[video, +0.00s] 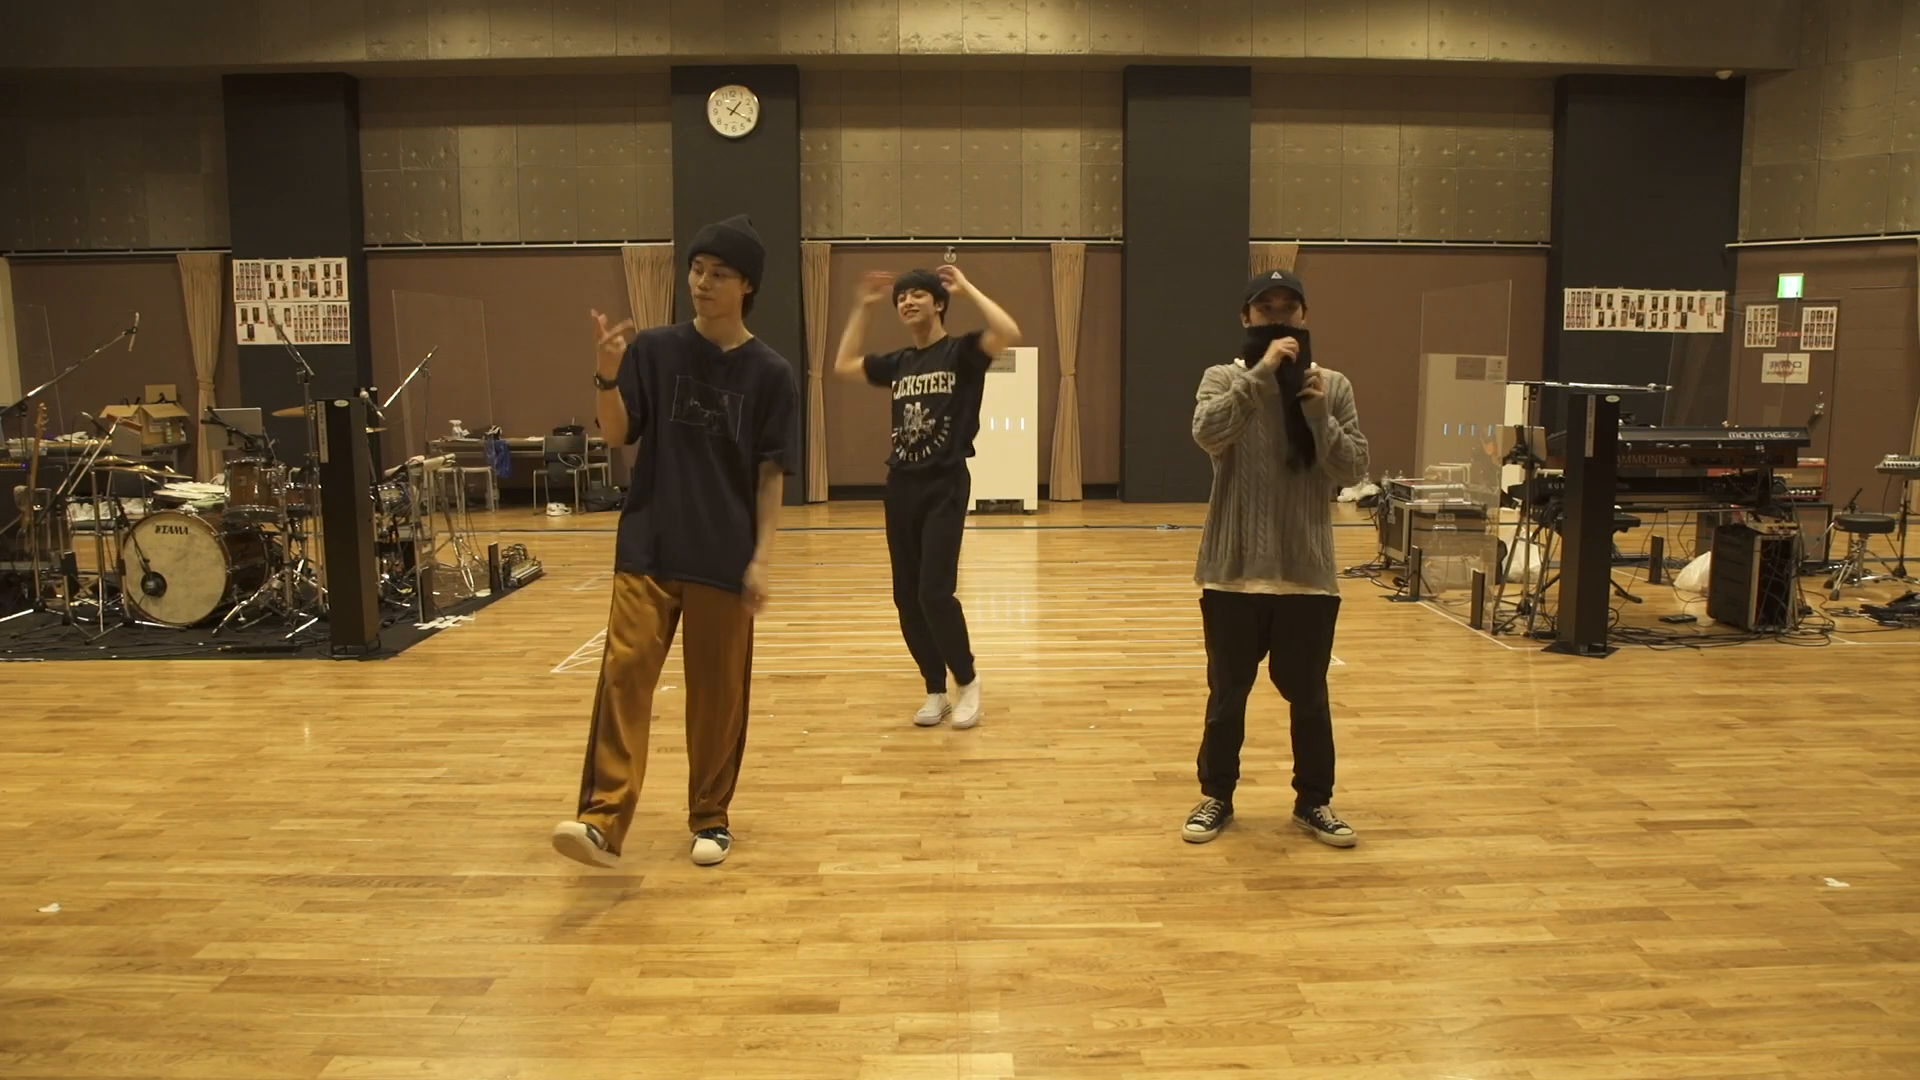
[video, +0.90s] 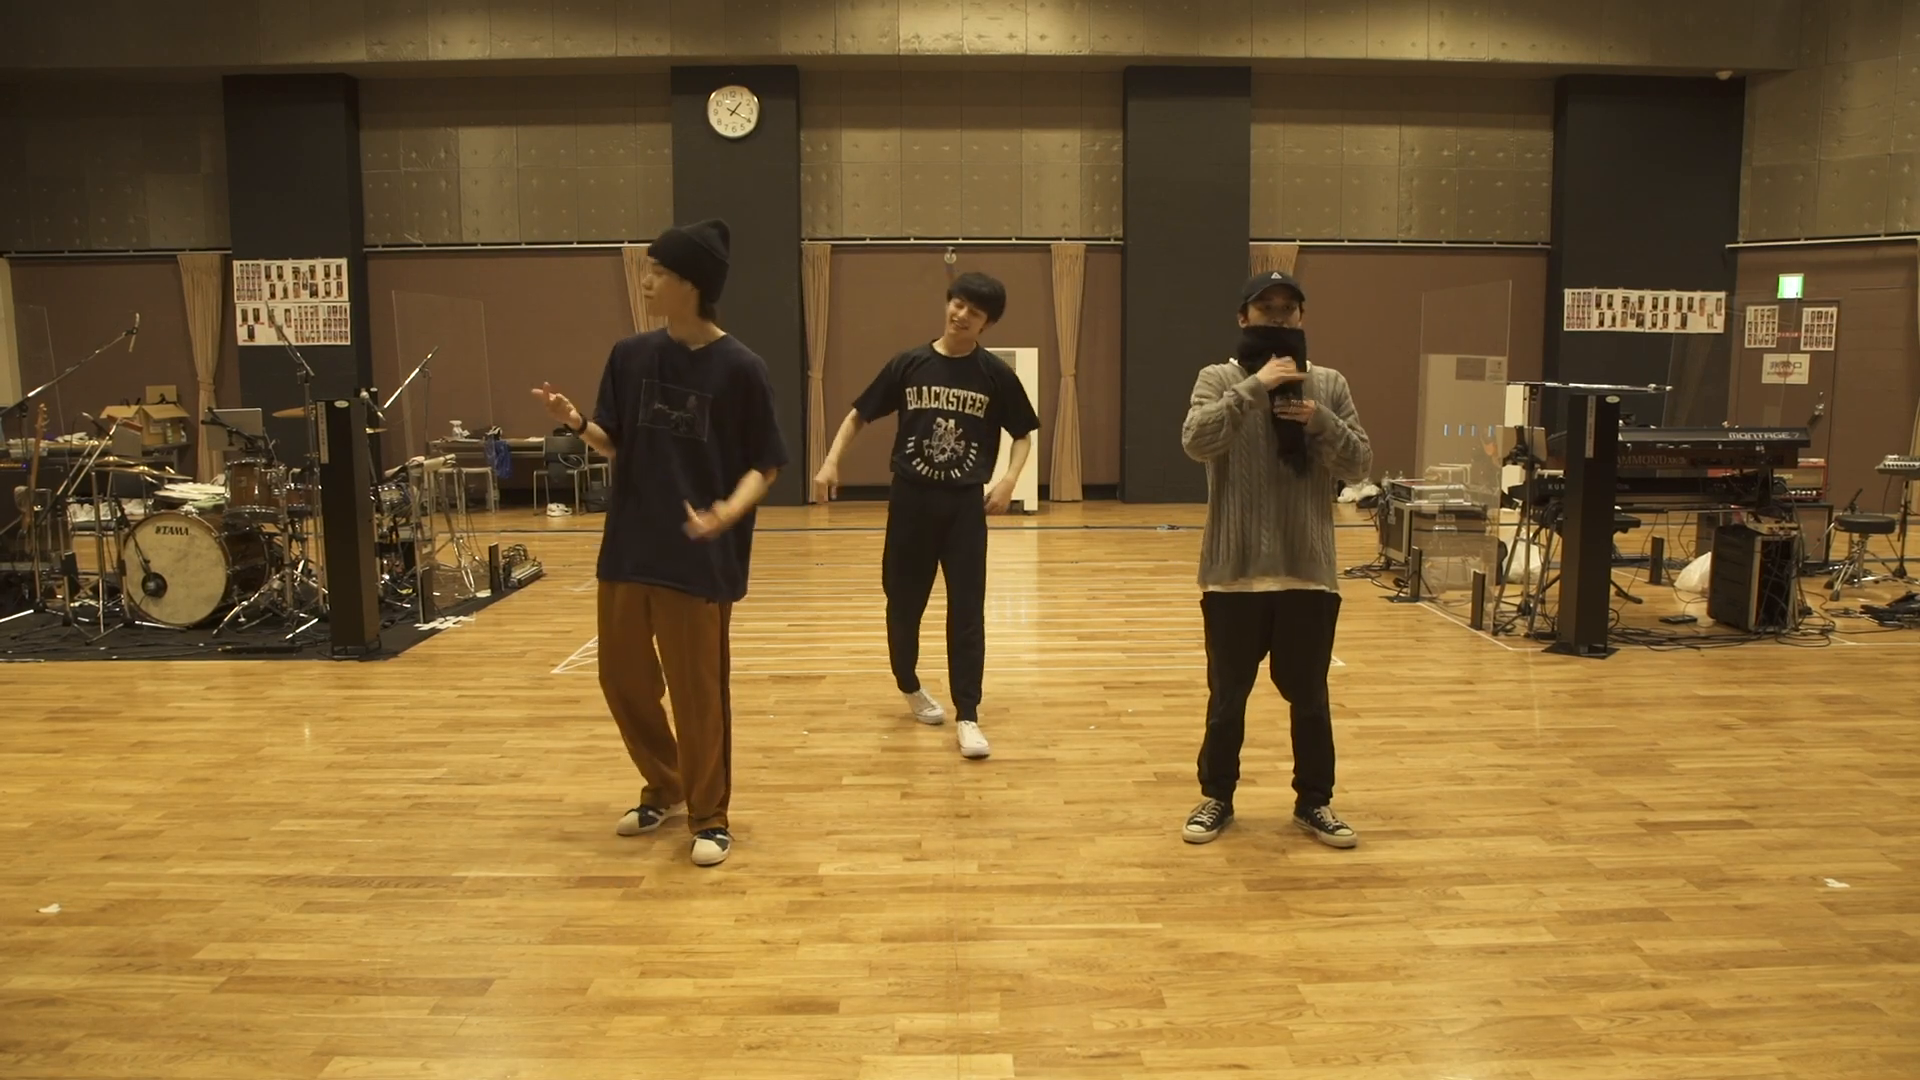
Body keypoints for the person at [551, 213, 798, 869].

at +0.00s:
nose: (702, 284)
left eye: (718, 274)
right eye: (697, 272)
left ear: (747, 287)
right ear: (688, 279)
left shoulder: (769, 372)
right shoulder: (652, 349)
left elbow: (771, 473)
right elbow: (615, 432)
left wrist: (762, 557)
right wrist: (607, 377)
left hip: (725, 553)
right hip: (647, 545)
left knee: (719, 690)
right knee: (622, 672)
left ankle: (710, 820)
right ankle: (602, 821)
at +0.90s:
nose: (649, 284)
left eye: (661, 275)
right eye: (651, 273)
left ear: (696, 286)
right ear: (667, 283)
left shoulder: (741, 370)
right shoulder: (629, 357)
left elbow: (765, 464)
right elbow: (616, 443)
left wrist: (724, 513)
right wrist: (578, 421)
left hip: (698, 558)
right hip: (627, 551)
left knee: (698, 690)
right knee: (623, 677)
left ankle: (710, 819)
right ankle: (664, 784)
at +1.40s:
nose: (587, 281)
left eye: (596, 270)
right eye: (589, 269)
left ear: (631, 278)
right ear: (619, 278)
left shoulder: (679, 347)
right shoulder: (596, 354)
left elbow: (674, 445)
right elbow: (587, 437)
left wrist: (587, 449)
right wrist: (582, 473)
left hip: (661, 547)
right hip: (604, 544)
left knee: (669, 676)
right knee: (621, 676)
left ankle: (698, 818)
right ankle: (662, 790)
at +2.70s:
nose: (680, 287)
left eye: (693, 276)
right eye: (670, 275)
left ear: (717, 284)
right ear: (658, 283)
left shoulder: (748, 363)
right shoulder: (629, 358)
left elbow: (763, 461)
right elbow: (612, 450)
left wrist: (763, 541)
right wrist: (616, 522)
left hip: (728, 547)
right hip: (653, 548)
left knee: (738, 678)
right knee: (654, 678)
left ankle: (751, 798)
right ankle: (669, 791)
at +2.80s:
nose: (694, 289)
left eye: (706, 278)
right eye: (685, 279)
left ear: (731, 286)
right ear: (674, 286)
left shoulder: (764, 367)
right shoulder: (644, 359)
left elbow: (782, 461)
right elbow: (629, 449)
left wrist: (784, 539)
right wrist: (628, 526)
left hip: (741, 552)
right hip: (663, 552)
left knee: (746, 682)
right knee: (639, 672)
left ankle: (751, 797)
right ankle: (662, 782)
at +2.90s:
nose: (701, 290)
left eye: (713, 278)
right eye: (691, 278)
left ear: (736, 284)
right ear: (678, 283)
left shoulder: (770, 364)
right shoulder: (649, 356)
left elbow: (796, 454)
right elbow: (634, 444)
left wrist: (798, 529)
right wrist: (627, 524)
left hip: (743, 549)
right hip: (665, 548)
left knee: (747, 679)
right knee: (639, 663)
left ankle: (751, 796)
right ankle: (663, 777)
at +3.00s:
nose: (701, 288)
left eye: (713, 277)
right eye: (691, 277)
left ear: (738, 282)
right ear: (680, 282)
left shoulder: (773, 363)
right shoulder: (651, 355)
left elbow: (807, 449)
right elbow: (632, 437)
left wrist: (801, 512)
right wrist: (622, 508)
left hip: (743, 551)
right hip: (663, 550)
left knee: (746, 680)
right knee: (638, 668)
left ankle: (751, 797)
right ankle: (661, 785)